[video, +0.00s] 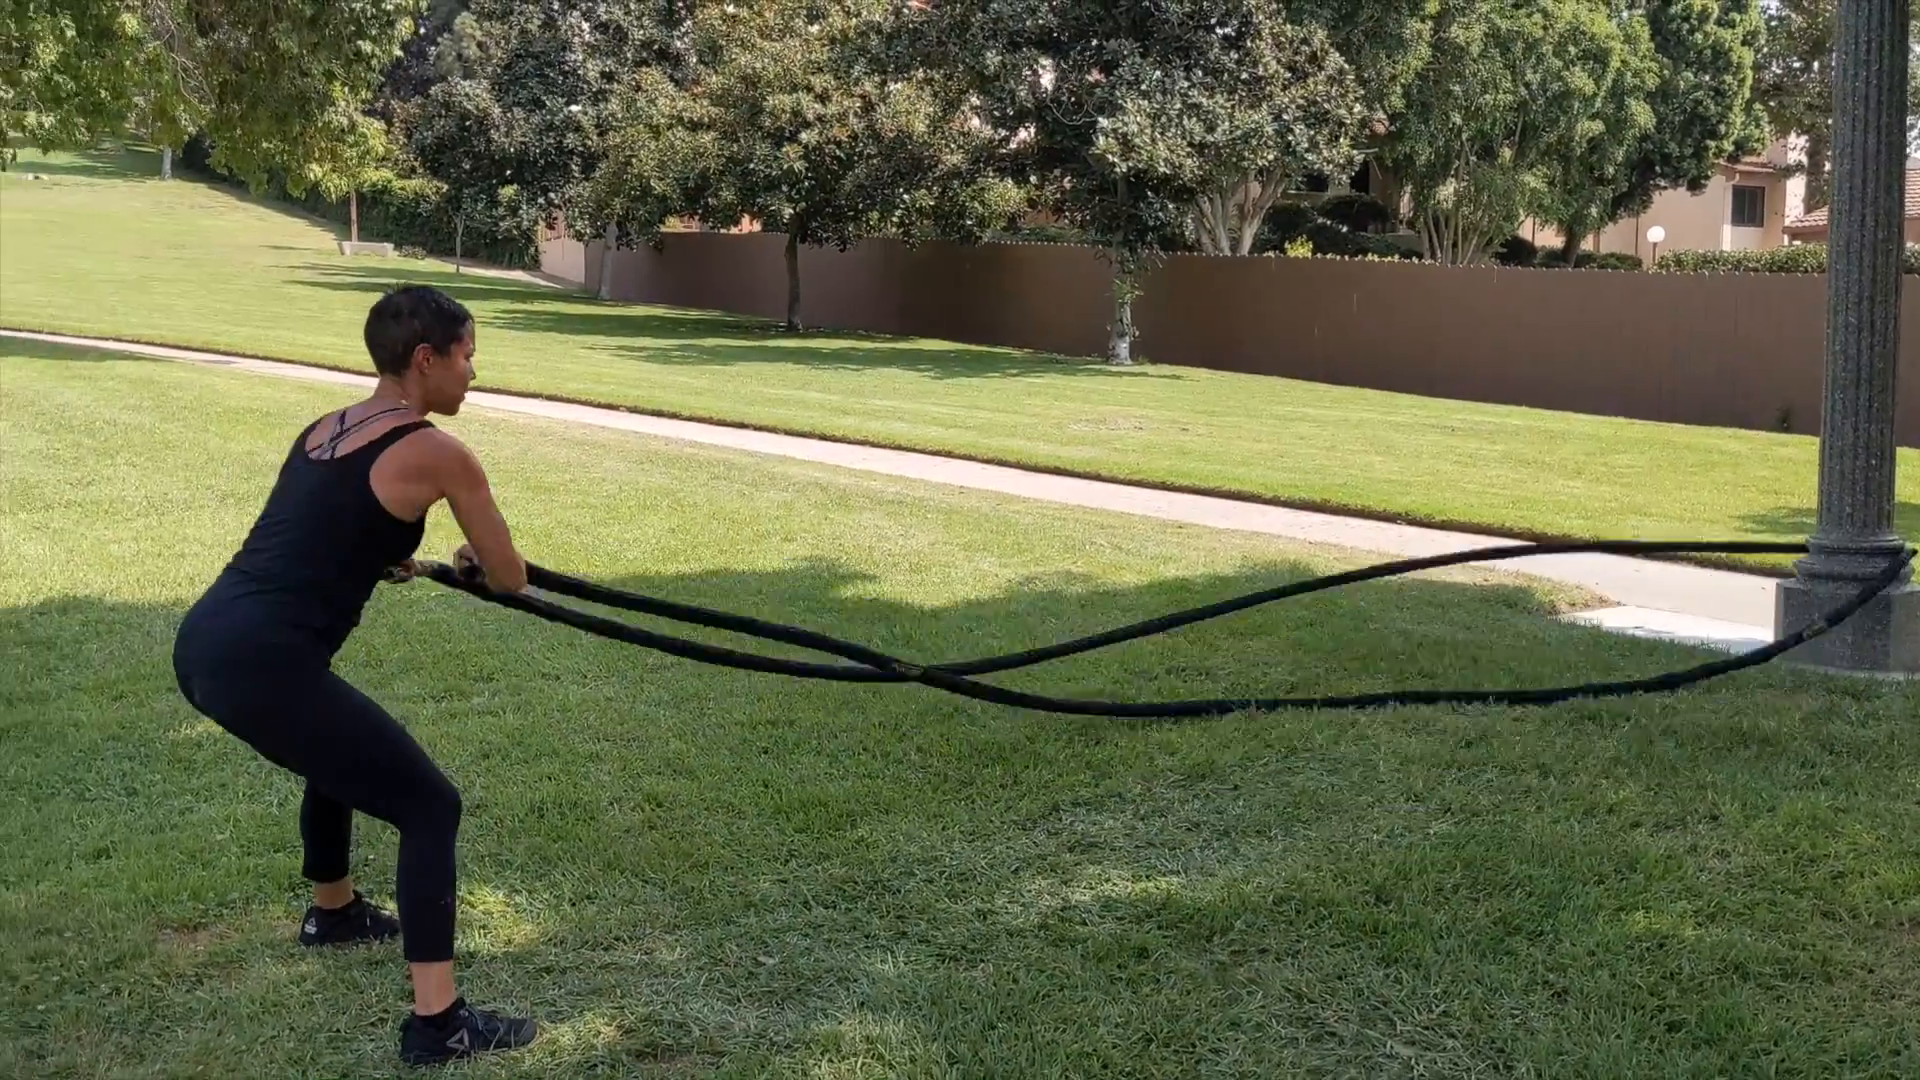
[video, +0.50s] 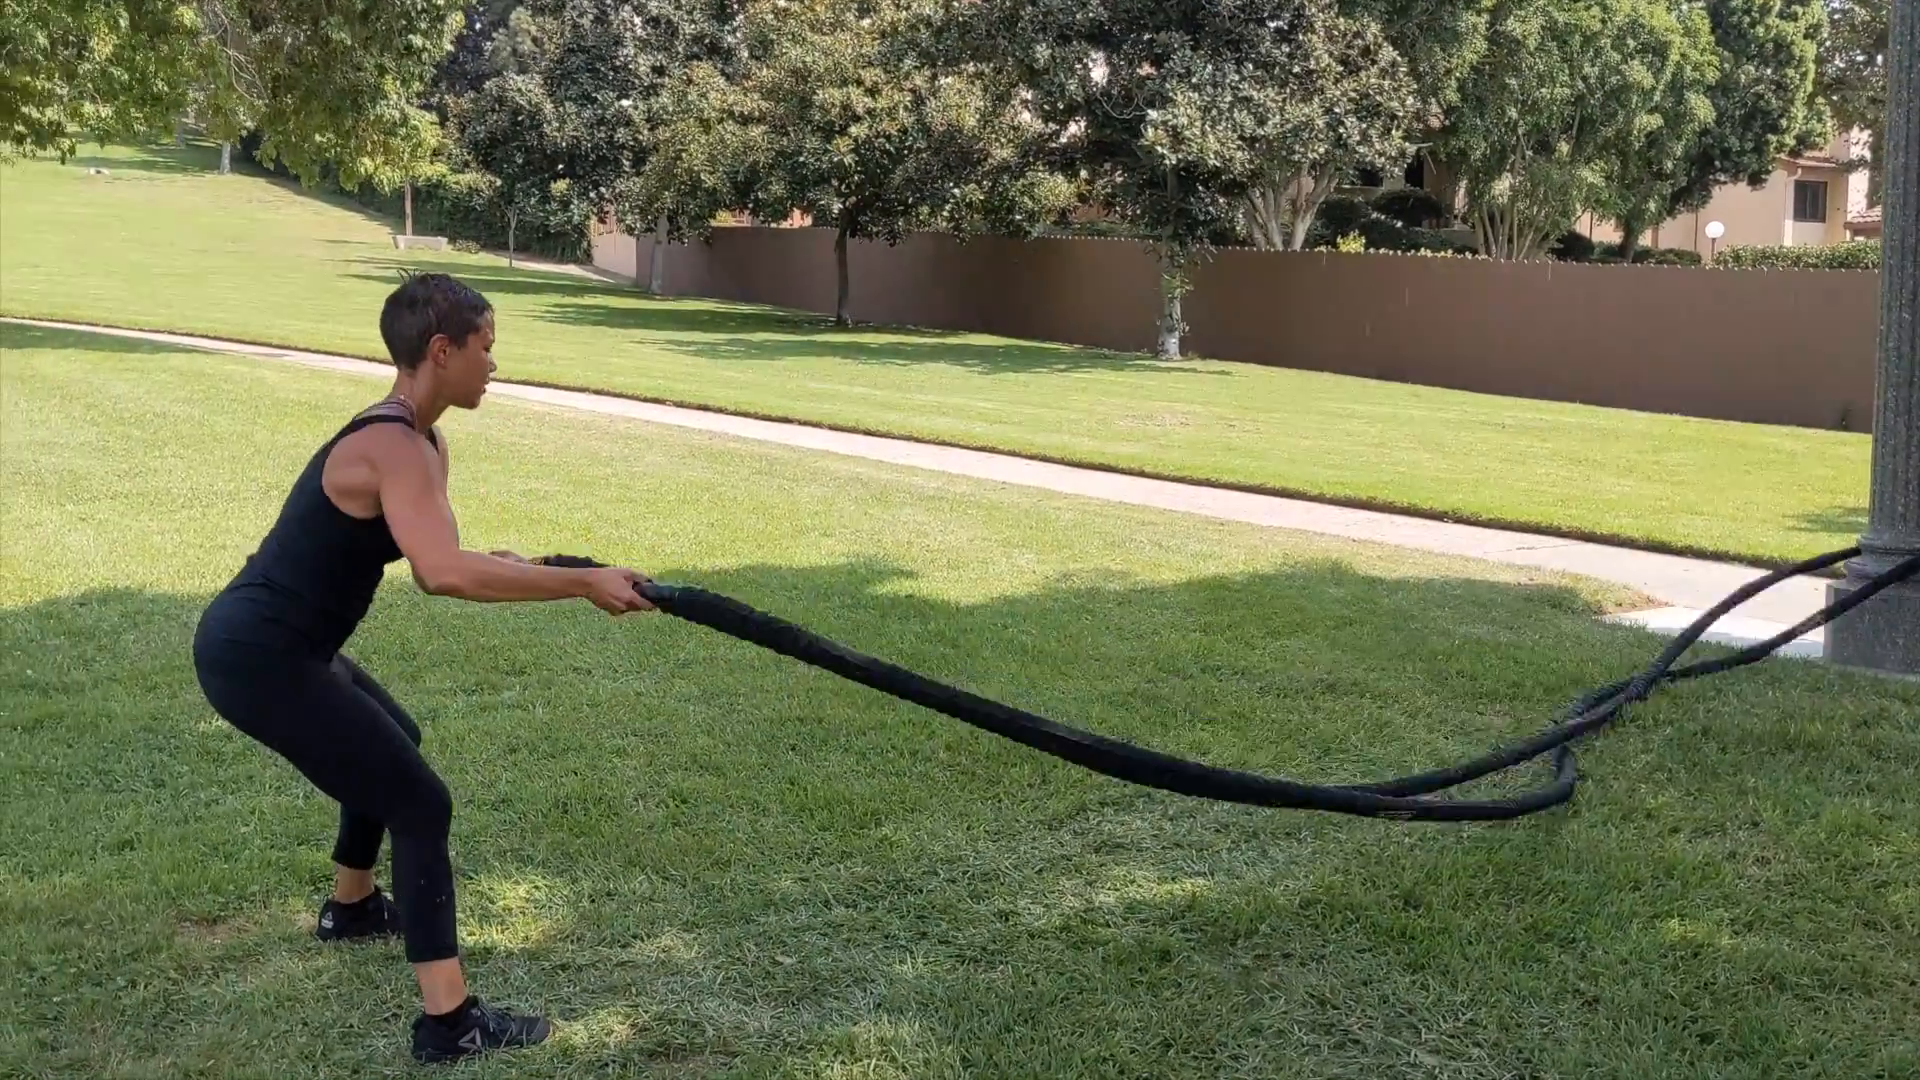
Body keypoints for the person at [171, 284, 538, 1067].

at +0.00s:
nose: (472, 370)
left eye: (471, 354)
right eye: (465, 355)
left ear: (393, 359)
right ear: (425, 359)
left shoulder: (330, 424)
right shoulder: (438, 452)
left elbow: (311, 520)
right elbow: (508, 574)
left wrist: (384, 552)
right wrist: (485, 572)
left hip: (203, 647)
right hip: (266, 666)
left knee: (335, 751)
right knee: (432, 804)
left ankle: (334, 908)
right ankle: (437, 1018)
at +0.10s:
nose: (487, 371)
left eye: (486, 356)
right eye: (478, 356)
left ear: (419, 360)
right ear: (435, 357)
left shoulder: (371, 441)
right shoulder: (429, 446)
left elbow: (449, 563)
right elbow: (522, 565)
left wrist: (546, 582)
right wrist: (573, 569)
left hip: (220, 649)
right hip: (258, 667)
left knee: (350, 759)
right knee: (427, 806)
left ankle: (346, 907)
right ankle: (447, 1017)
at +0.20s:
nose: (502, 371)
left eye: (501, 355)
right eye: (494, 355)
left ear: (434, 363)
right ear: (450, 359)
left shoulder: (401, 449)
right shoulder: (429, 447)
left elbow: (473, 585)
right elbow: (524, 555)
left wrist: (585, 613)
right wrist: (628, 566)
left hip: (254, 647)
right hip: (262, 664)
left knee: (364, 760)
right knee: (424, 806)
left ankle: (352, 905)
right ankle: (452, 1017)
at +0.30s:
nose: (510, 374)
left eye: (509, 357)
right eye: (504, 357)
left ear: (444, 362)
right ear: (459, 358)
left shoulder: (416, 451)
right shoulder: (416, 452)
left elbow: (469, 594)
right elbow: (500, 569)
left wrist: (567, 610)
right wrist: (628, 583)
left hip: (291, 650)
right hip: (261, 664)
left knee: (388, 755)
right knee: (425, 804)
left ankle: (354, 903)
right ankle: (453, 1017)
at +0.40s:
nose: (509, 373)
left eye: (509, 356)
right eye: (501, 356)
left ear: (450, 359)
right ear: (454, 357)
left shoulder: (443, 453)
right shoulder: (406, 451)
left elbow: (461, 584)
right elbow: (463, 577)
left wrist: (584, 580)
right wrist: (601, 589)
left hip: (297, 649)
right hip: (259, 660)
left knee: (396, 749)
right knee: (426, 803)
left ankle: (354, 904)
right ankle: (451, 1016)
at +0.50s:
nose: (493, 364)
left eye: (492, 347)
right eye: (485, 347)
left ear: (435, 351)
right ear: (439, 350)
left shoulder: (423, 443)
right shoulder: (394, 448)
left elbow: (441, 562)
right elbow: (442, 572)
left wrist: (560, 571)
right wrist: (584, 582)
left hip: (284, 642)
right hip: (257, 657)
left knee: (397, 740)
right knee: (422, 804)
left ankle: (351, 902)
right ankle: (448, 1018)